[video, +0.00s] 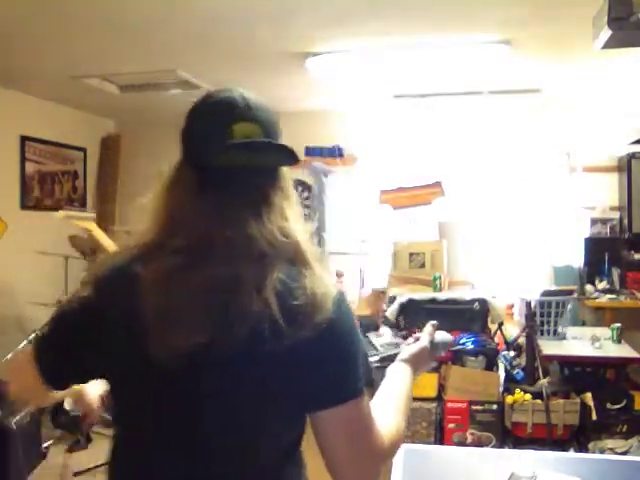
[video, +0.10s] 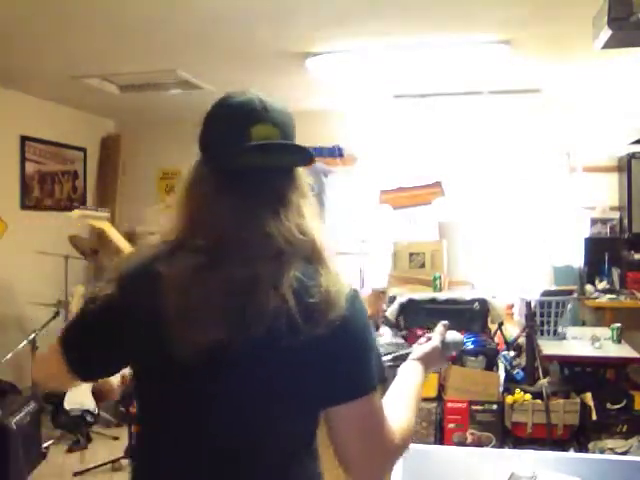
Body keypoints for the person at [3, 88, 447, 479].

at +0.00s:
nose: (285, 191)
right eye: (282, 180)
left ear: (184, 179)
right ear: (276, 184)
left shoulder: (126, 287)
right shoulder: (308, 301)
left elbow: (18, 385)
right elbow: (361, 466)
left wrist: (83, 394)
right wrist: (407, 369)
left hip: (142, 473)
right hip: (265, 473)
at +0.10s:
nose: (307, 187)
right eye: (301, 175)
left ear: (204, 179)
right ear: (294, 182)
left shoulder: (152, 284)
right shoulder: (324, 300)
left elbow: (48, 373)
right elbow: (371, 463)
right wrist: (418, 369)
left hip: (164, 472)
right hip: (282, 474)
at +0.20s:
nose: (318, 187)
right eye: (313, 174)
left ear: (216, 181)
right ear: (304, 184)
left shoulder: (165, 279)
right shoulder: (332, 296)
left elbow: (67, 360)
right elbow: (381, 458)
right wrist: (426, 363)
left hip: (173, 473)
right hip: (292, 473)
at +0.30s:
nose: (320, 182)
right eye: (313, 171)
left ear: (220, 177)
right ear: (306, 180)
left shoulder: (167, 273)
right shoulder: (331, 294)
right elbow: (380, 450)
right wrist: (422, 355)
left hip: (174, 469)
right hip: (289, 471)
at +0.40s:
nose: (314, 186)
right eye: (306, 176)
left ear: (211, 181)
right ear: (297, 185)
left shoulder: (158, 269)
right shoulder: (317, 296)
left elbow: (91, 309)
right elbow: (369, 451)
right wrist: (410, 349)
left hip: (165, 471)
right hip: (279, 472)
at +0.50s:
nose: (284, 197)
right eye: (281, 187)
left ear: (195, 187)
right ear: (277, 194)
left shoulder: (141, 275)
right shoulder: (290, 305)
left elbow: (103, 292)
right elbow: (342, 455)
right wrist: (392, 351)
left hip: (147, 470)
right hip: (252, 472)